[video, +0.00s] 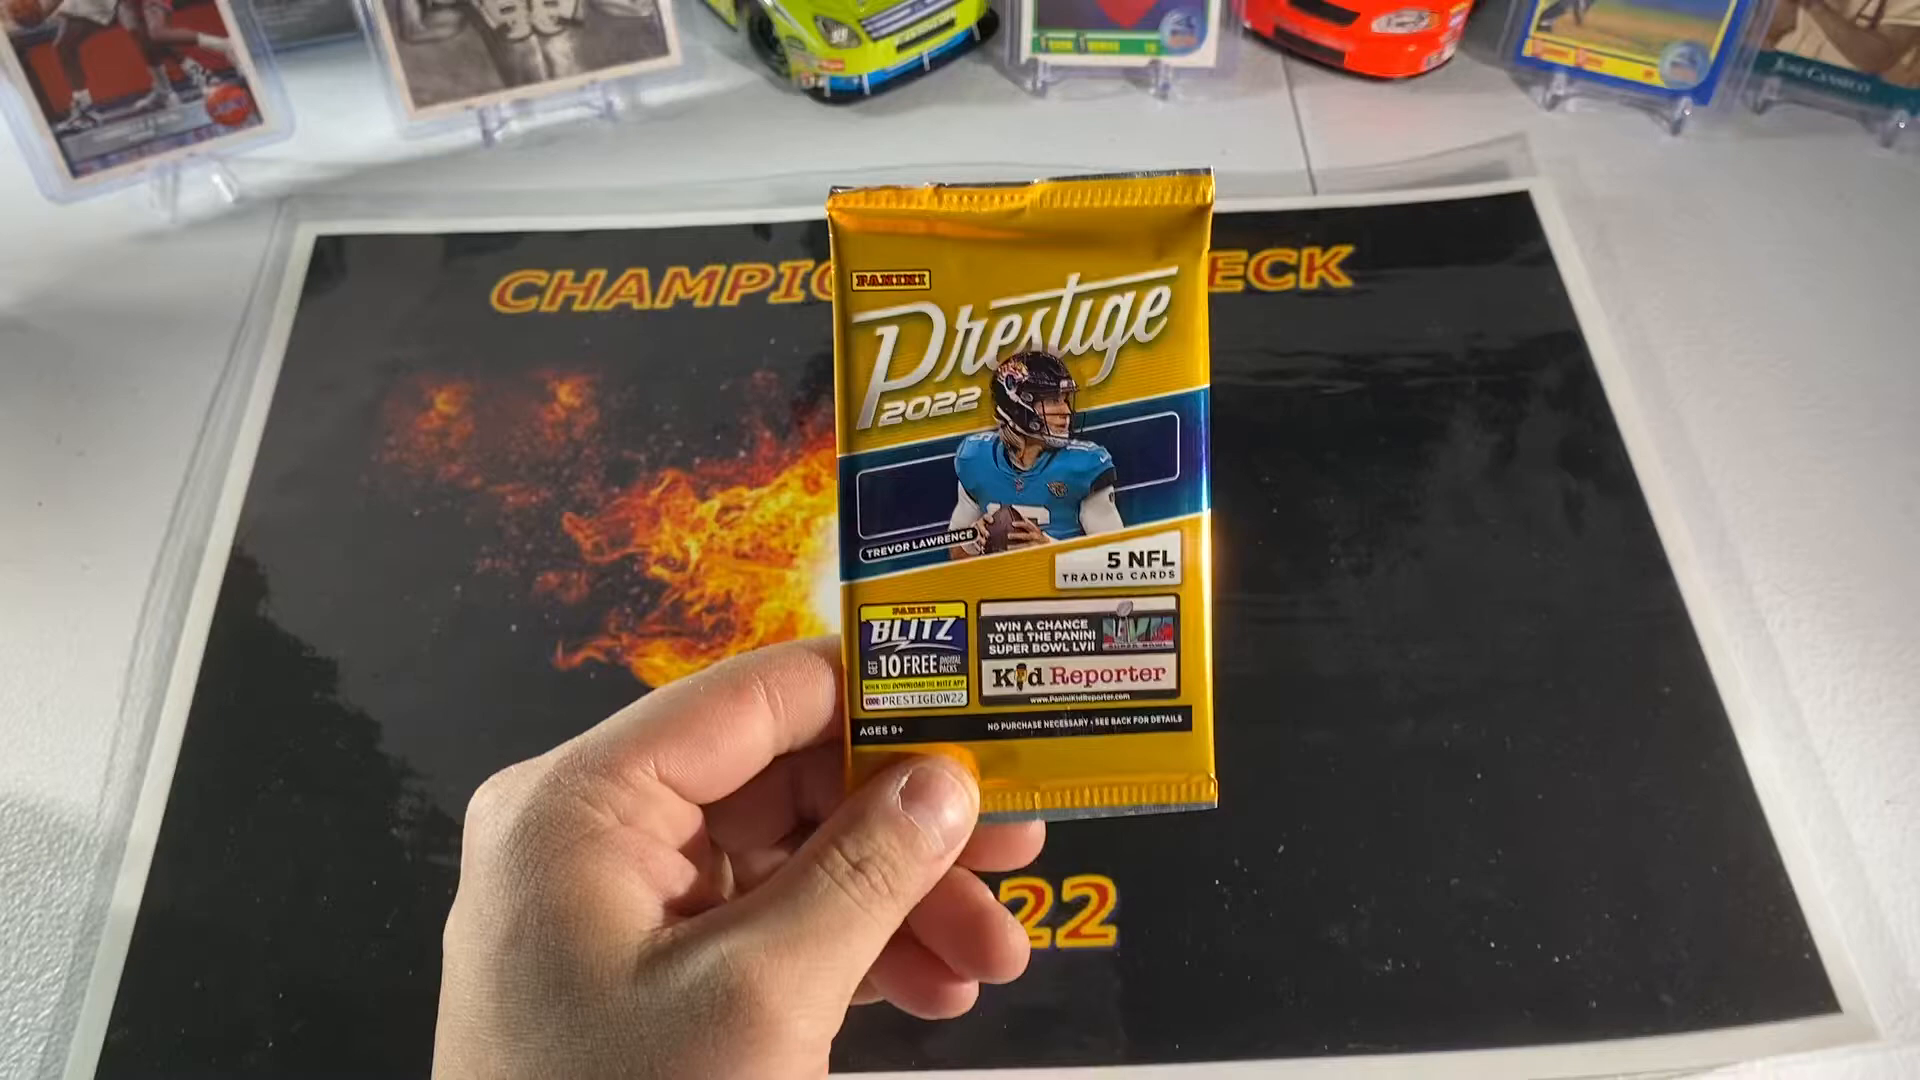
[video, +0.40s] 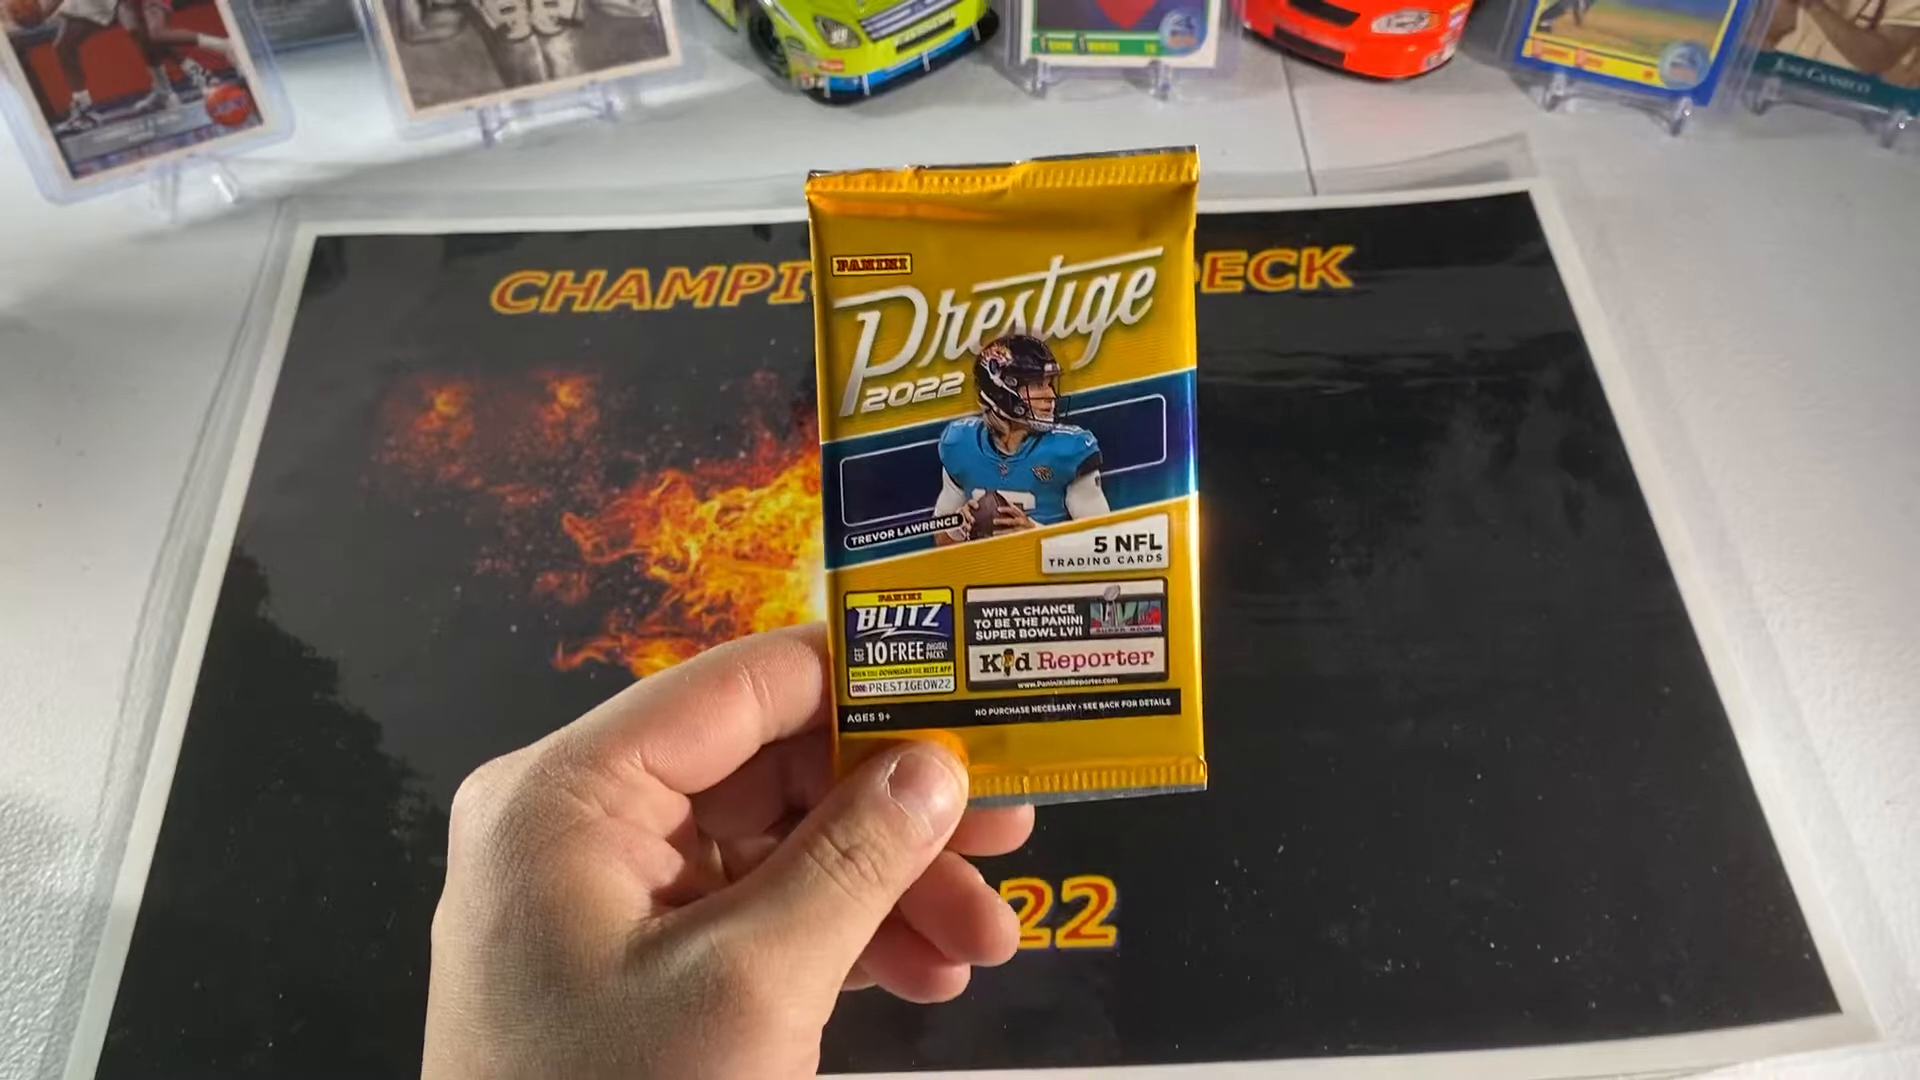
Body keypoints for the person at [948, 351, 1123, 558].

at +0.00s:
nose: (1064, 410)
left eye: (1065, 399)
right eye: (1049, 400)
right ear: (1016, 405)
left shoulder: (1086, 464)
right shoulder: (974, 457)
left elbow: (1114, 553)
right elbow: (957, 550)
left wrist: (1052, 548)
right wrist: (974, 542)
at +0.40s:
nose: (1049, 394)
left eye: (1049, 384)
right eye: (1034, 384)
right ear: (1000, 390)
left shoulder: (1072, 449)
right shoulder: (958, 443)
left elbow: (1101, 538)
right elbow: (942, 537)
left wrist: (1037, 532)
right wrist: (962, 527)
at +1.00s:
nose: (1048, 395)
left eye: (1048, 384)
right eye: (1034, 385)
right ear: (1002, 389)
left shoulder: (1068, 448)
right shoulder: (960, 440)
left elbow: (1096, 534)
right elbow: (942, 531)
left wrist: (1036, 528)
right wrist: (962, 522)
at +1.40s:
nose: (1061, 413)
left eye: (1061, 402)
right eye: (1047, 403)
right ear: (1015, 407)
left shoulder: (1081, 464)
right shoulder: (973, 454)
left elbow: (1106, 548)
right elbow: (957, 546)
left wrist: (1047, 543)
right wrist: (977, 536)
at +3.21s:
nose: (1073, 413)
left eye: (1072, 403)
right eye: (1060, 405)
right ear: (1027, 412)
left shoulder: (1094, 463)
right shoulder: (987, 458)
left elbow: (1124, 546)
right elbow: (974, 549)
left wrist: (1065, 542)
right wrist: (992, 537)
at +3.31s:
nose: (1087, 402)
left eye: (1087, 390)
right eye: (1074, 392)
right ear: (1039, 398)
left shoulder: (1109, 451)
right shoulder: (1001, 445)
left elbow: (1134, 533)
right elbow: (987, 526)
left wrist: (1076, 528)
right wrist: (1005, 522)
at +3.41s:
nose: (1080, 396)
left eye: (1081, 384)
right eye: (1066, 386)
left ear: (1087, 384)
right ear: (1031, 395)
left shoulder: (1100, 446)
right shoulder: (999, 434)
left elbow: (1125, 528)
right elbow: (985, 512)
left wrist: (1069, 522)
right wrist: (1003, 514)